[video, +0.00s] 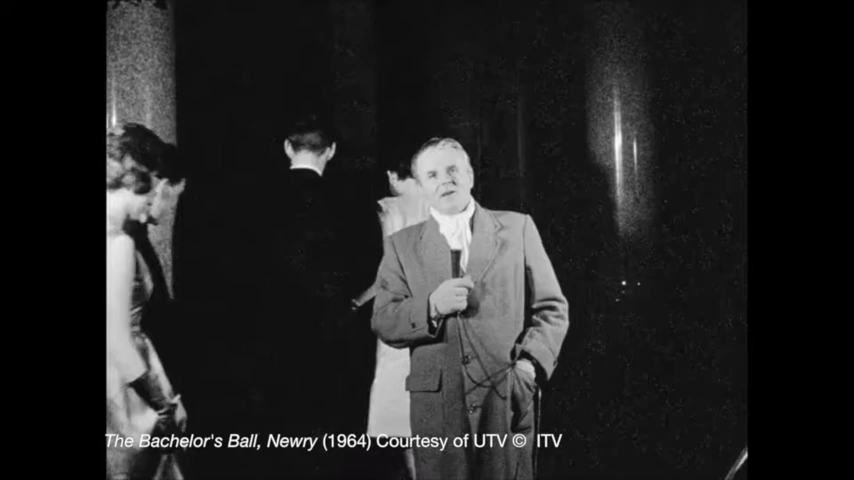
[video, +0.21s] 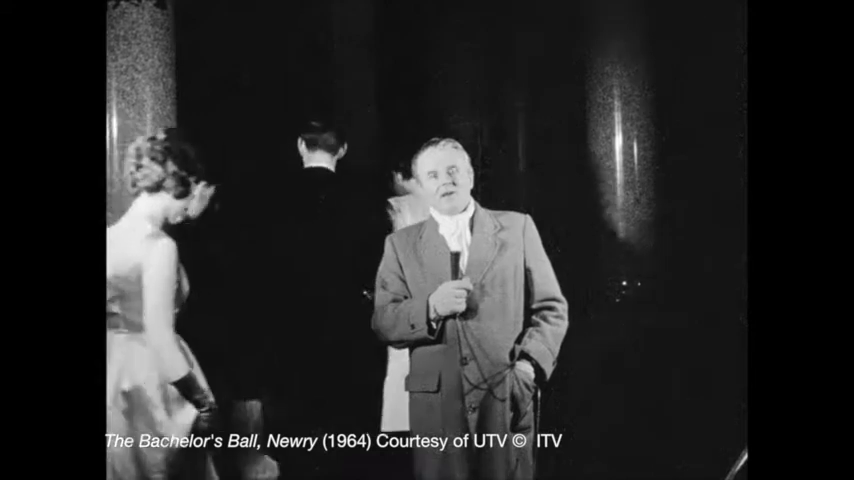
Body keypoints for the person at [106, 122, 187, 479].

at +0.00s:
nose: (153, 205)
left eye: (155, 194)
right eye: (150, 193)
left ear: (131, 184)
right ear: (130, 186)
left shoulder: (125, 240)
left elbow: (137, 331)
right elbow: (117, 340)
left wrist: (167, 394)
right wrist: (164, 404)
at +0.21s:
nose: (190, 212)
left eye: (194, 202)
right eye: (190, 201)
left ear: (146, 184)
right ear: (173, 188)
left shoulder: (113, 236)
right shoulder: (159, 247)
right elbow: (159, 337)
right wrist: (203, 400)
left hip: (113, 359)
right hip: (148, 365)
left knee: (120, 457)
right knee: (158, 461)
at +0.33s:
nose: (216, 209)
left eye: (221, 200)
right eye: (219, 198)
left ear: (171, 184)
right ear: (203, 191)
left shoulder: (135, 241)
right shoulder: (187, 252)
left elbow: (140, 319)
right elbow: (190, 341)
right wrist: (231, 403)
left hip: (134, 361)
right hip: (174, 368)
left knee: (140, 464)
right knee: (184, 464)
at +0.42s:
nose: (229, 207)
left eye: (231, 196)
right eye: (228, 195)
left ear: (186, 184)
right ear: (211, 188)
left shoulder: (152, 238)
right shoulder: (202, 246)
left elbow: (159, 318)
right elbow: (206, 331)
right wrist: (248, 400)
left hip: (154, 356)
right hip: (192, 362)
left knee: (157, 462)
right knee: (200, 461)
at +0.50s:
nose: (247, 199)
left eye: (248, 188)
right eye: (245, 188)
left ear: (204, 179)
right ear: (223, 181)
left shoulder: (169, 232)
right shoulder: (216, 240)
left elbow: (178, 311)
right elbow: (220, 327)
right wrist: (262, 387)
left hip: (172, 347)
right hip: (209, 354)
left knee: (176, 455)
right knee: (216, 456)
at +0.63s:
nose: (272, 189)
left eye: (272, 179)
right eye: (268, 178)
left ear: (237, 173)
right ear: (244, 174)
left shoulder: (194, 229)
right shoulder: (237, 233)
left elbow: (204, 308)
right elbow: (241, 320)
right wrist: (282, 376)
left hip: (197, 347)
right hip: (232, 353)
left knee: (203, 454)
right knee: (241, 457)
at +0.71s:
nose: (286, 188)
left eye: (286, 177)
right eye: (282, 176)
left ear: (251, 173)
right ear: (256, 173)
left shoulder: (209, 229)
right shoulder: (251, 232)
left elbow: (219, 309)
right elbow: (254, 320)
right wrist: (297, 373)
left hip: (212, 348)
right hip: (247, 354)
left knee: (216, 457)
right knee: (256, 458)